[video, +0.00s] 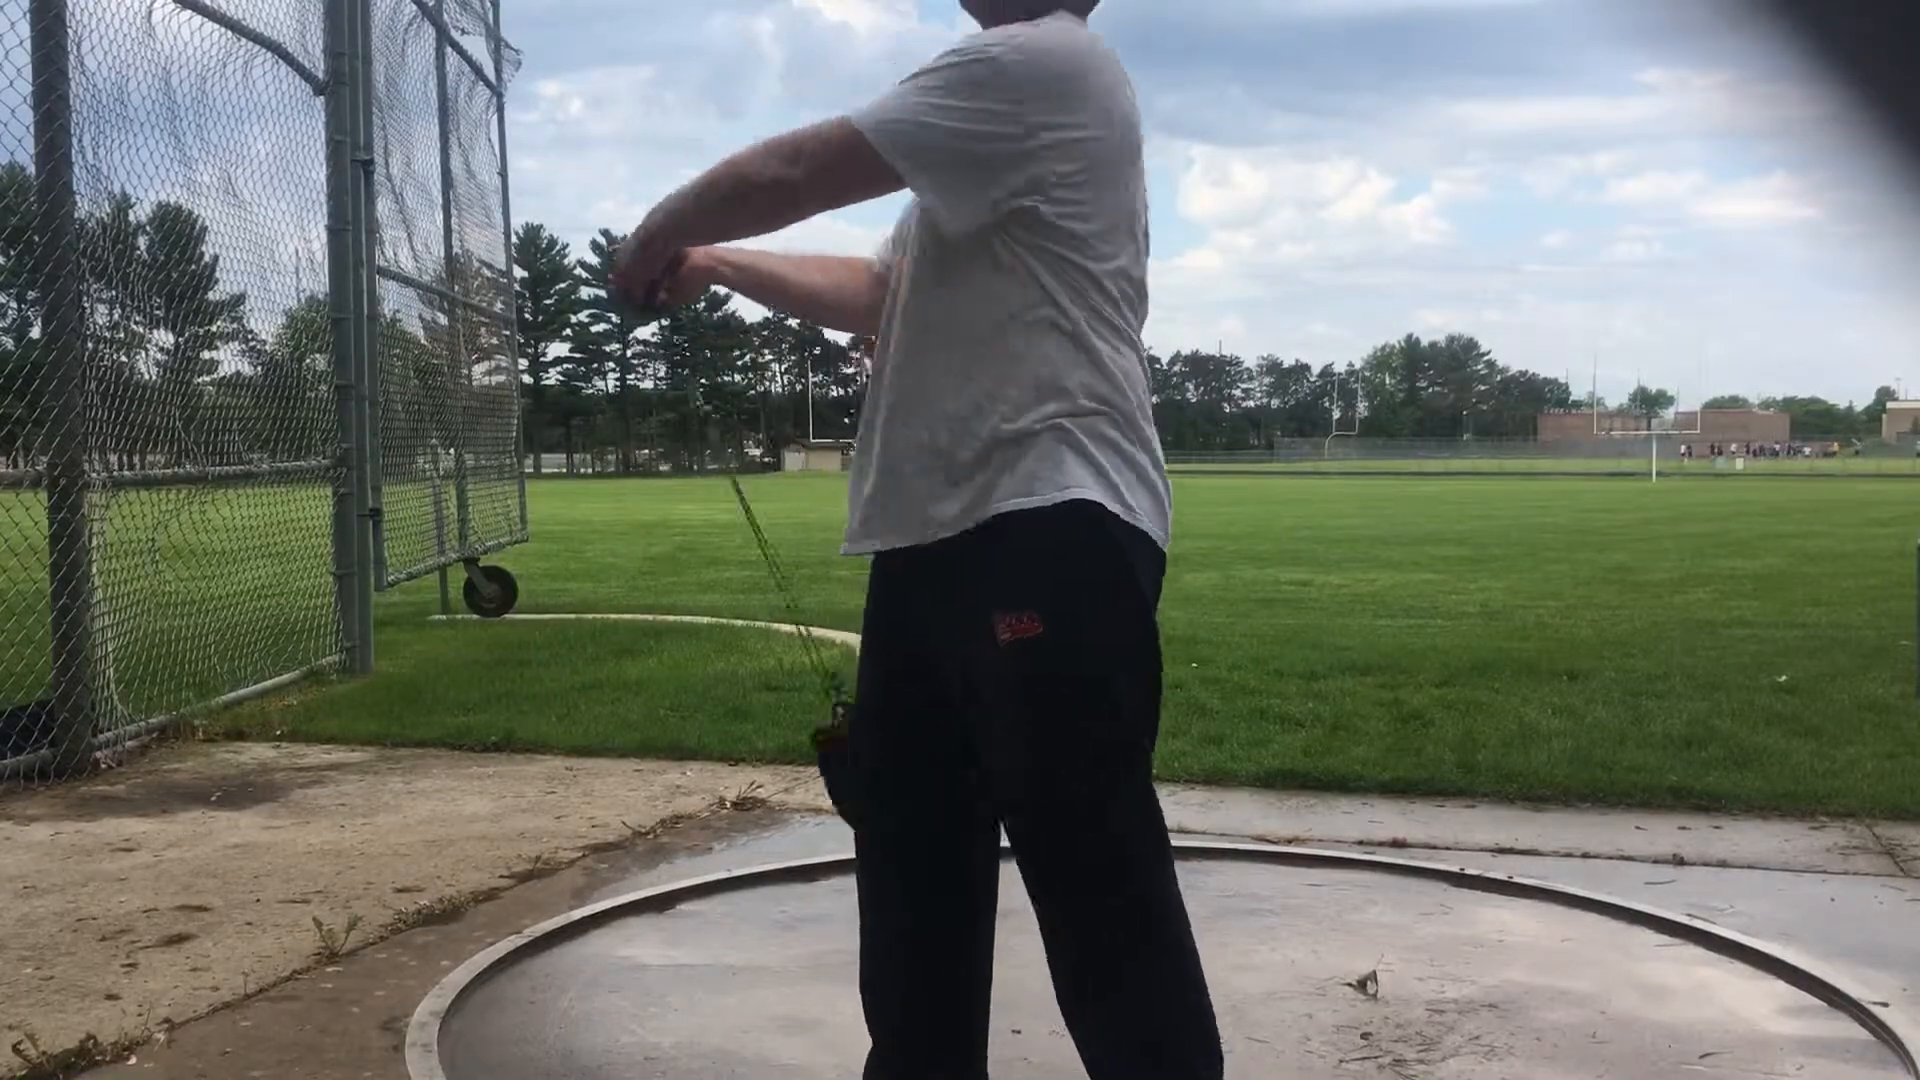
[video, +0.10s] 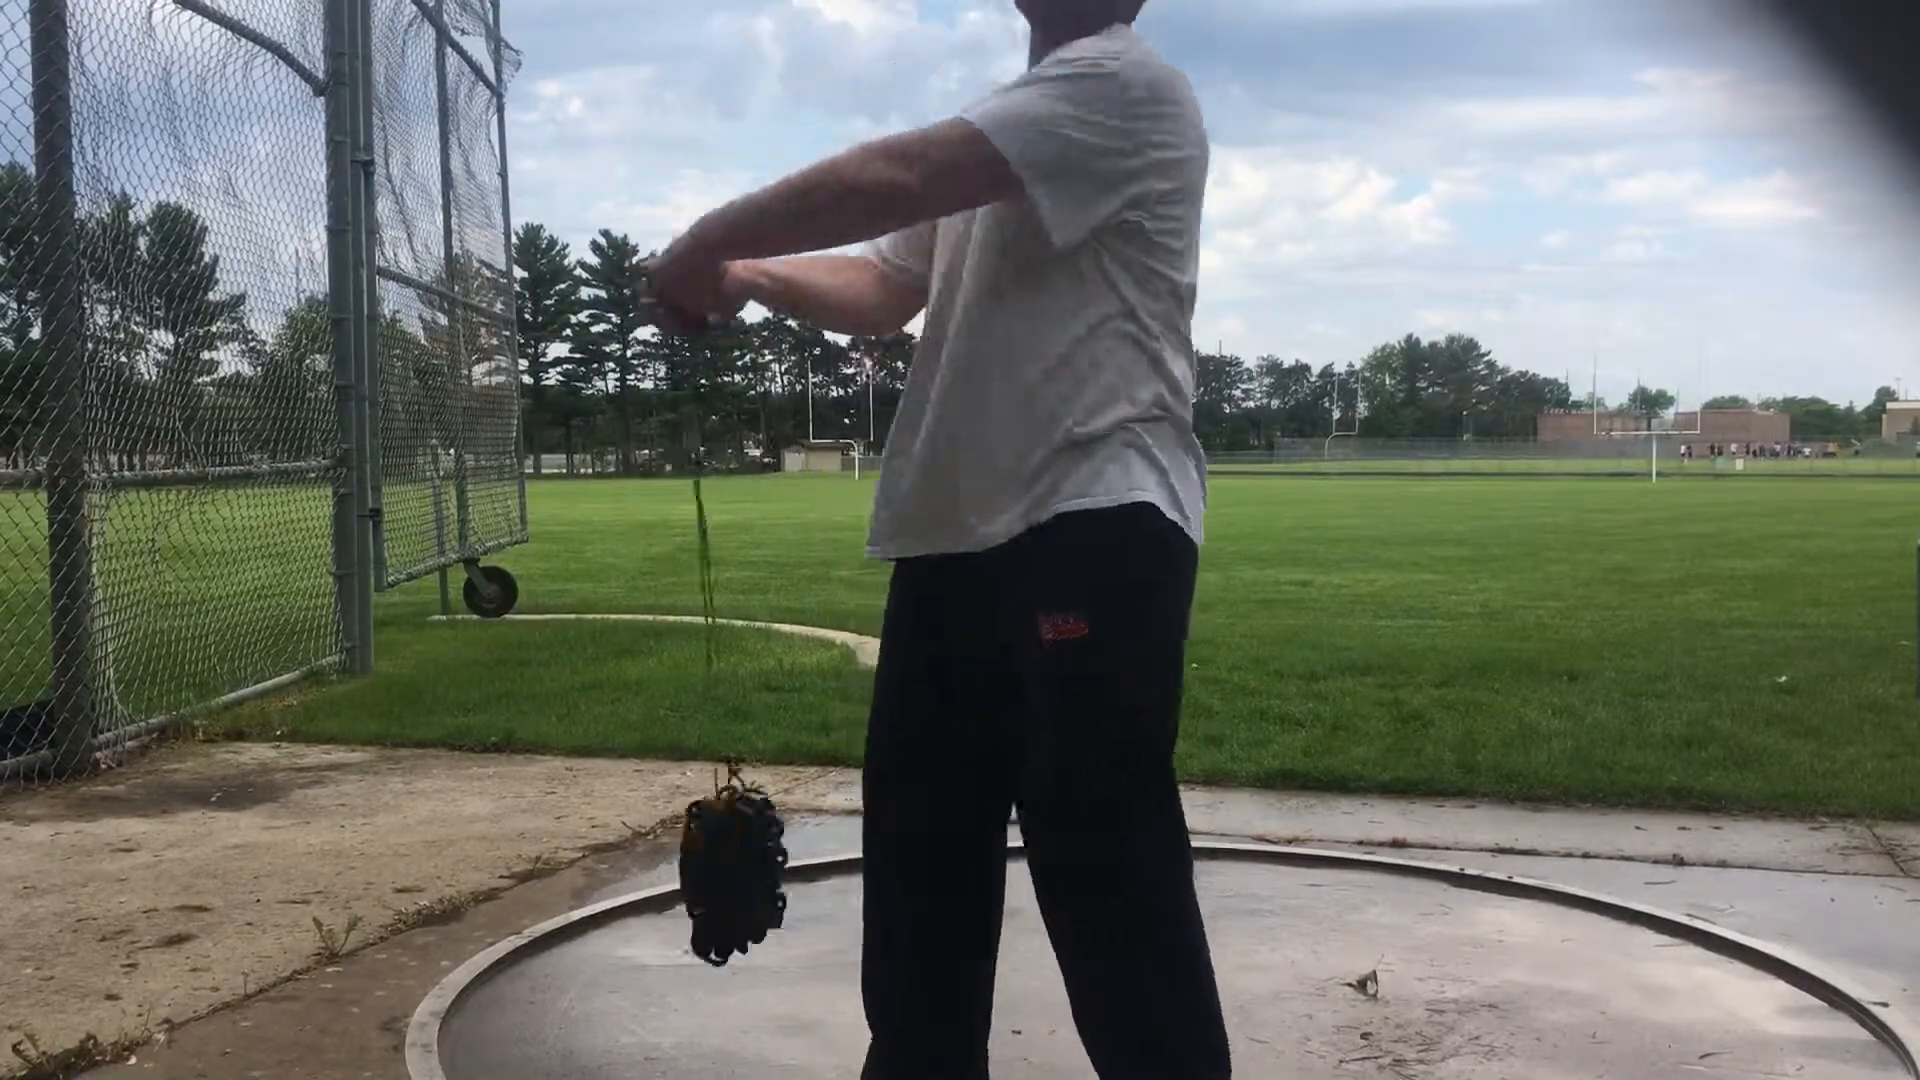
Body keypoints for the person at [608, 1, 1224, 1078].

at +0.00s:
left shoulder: (1047, 58)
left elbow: (800, 166)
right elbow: (885, 295)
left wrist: (661, 230)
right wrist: (714, 260)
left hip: (1050, 515)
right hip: (928, 537)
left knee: (1094, 860)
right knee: (914, 868)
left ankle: (1161, 1061)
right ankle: (921, 1062)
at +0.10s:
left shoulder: (1130, 81)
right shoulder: (985, 136)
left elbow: (913, 173)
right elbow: (883, 292)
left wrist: (705, 236)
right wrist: (753, 272)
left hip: (1094, 517)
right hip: (947, 537)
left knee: (1108, 868)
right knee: (920, 873)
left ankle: (1169, 1073)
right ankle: (921, 1070)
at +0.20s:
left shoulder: (1202, 93)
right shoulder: (1004, 111)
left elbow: (1048, 184)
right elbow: (916, 279)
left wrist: (817, 249)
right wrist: (832, 293)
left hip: (1138, 526)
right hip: (973, 533)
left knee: (1142, 891)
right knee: (930, 894)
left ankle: (1185, 1074)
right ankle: (918, 1072)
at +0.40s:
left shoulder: (1289, 106)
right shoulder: (1049, 98)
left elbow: (1208, 229)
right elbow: (968, 226)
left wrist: (996, 300)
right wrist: (939, 316)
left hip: (1201, 524)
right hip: (1027, 522)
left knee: (1189, 875)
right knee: (963, 864)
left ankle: (1197, 1070)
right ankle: (926, 1066)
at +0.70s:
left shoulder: (1305, 115)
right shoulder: (1072, 71)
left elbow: (1261, 227)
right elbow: (991, 127)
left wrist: (1088, 200)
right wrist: (994, 180)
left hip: (1196, 542)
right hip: (1014, 525)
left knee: (1203, 882)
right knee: (940, 849)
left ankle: (1204, 1069)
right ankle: (914, 1066)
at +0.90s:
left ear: (1209, 4)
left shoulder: (1239, 130)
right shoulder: (1007, 77)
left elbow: (1132, 228)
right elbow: (948, 15)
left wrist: (1052, 69)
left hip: (1147, 535)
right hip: (970, 525)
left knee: (1183, 894)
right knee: (925, 889)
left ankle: (1201, 1068)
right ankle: (926, 1068)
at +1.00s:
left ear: (1184, 6)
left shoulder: (1186, 130)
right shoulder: (983, 73)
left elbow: (1038, 179)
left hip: (1103, 530)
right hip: (937, 520)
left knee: (1157, 900)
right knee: (916, 899)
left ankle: (1186, 1068)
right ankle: (932, 1071)